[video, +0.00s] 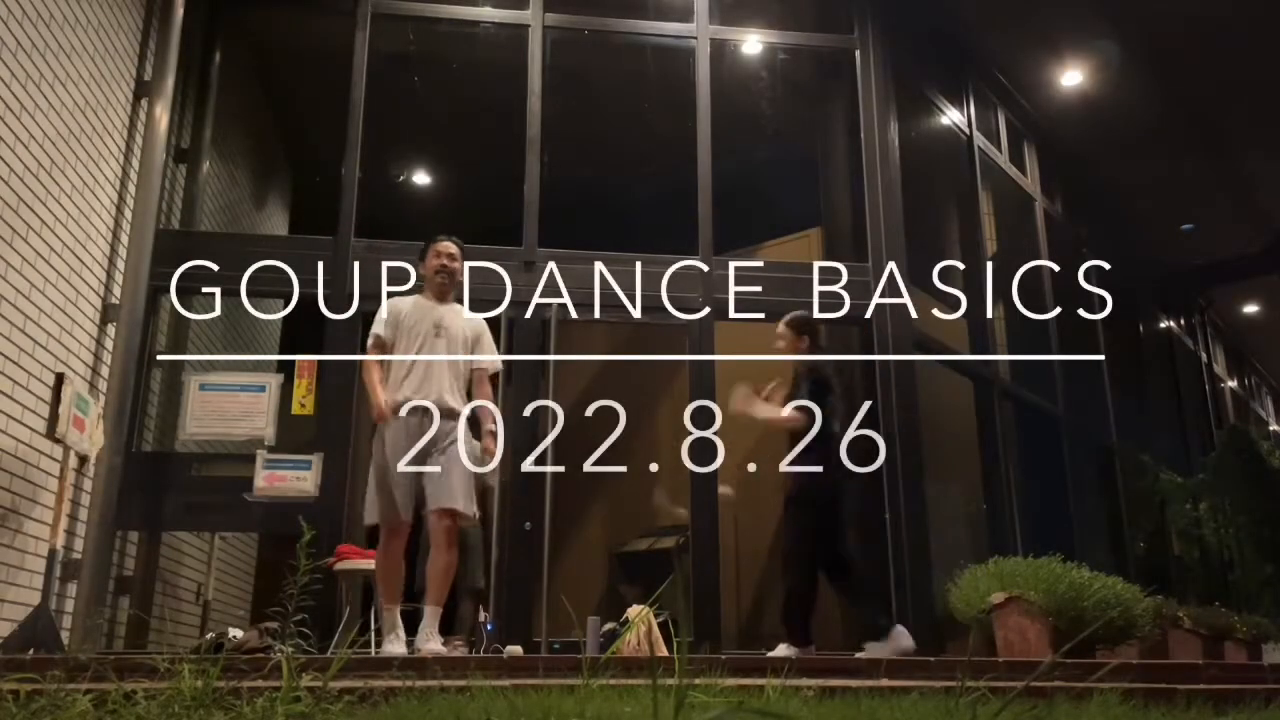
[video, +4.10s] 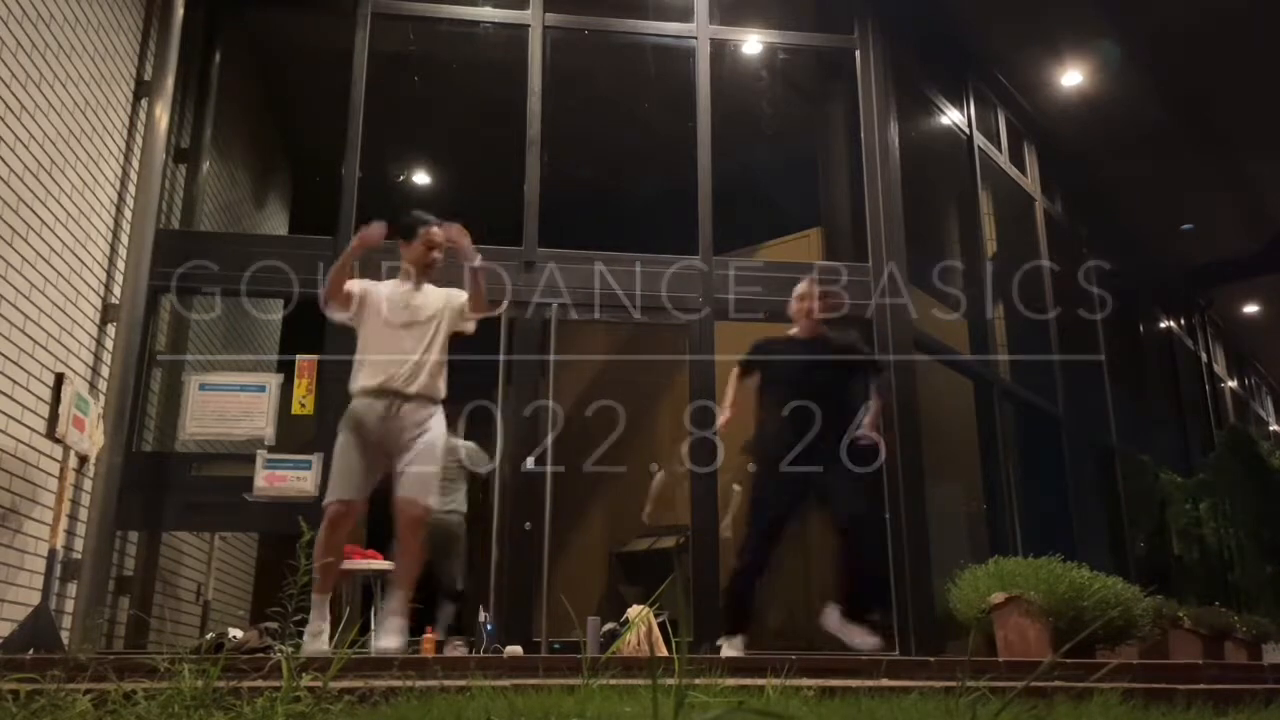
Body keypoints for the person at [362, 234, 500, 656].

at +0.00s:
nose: (446, 263)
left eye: (453, 259)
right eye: (439, 257)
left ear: (462, 271)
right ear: (422, 266)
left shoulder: (474, 323)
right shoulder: (396, 308)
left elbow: (482, 383)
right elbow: (372, 357)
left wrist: (488, 427)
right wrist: (379, 397)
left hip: (452, 429)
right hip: (399, 424)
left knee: (446, 525)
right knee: (395, 526)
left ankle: (430, 631)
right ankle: (392, 631)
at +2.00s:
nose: (459, 288)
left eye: (464, 283)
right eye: (452, 281)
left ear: (471, 293)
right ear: (434, 291)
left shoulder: (487, 344)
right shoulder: (412, 336)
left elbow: (495, 406)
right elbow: (392, 393)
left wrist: (499, 457)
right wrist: (378, 447)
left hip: (473, 445)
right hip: (421, 443)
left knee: (469, 541)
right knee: (405, 534)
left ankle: (449, 635)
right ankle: (389, 623)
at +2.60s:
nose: (453, 269)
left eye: (458, 263)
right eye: (444, 263)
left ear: (465, 273)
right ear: (427, 274)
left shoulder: (488, 324)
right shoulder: (407, 328)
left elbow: (504, 377)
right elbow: (392, 386)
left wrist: (511, 412)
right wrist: (400, 417)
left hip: (476, 433)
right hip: (423, 434)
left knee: (488, 521)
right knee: (418, 529)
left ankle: (463, 611)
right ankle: (420, 628)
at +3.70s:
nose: (484, 265)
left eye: (488, 258)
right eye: (476, 257)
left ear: (493, 267)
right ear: (453, 264)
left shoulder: (504, 321)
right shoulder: (421, 315)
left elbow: (522, 385)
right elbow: (389, 366)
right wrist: (422, 388)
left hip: (480, 430)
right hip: (423, 427)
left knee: (489, 524)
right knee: (396, 509)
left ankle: (487, 630)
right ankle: (409, 614)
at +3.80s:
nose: (473, 251)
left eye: (478, 246)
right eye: (466, 243)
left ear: (480, 255)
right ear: (442, 247)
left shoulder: (488, 304)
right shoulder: (412, 296)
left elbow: (519, 342)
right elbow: (368, 320)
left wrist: (508, 301)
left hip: (466, 414)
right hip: (408, 408)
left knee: (477, 520)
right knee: (372, 500)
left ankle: (484, 629)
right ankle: (357, 611)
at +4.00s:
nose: (450, 249)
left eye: (454, 243)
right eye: (441, 240)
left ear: (456, 249)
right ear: (417, 242)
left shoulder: (458, 297)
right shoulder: (382, 286)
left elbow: (498, 298)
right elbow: (340, 280)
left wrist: (484, 250)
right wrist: (367, 233)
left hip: (436, 406)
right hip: (378, 404)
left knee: (446, 511)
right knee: (347, 510)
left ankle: (442, 623)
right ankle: (321, 620)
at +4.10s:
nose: (436, 254)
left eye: (441, 248)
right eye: (428, 245)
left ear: (442, 254)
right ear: (404, 245)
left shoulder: (446, 300)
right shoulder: (371, 291)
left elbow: (481, 306)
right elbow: (331, 297)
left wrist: (472, 259)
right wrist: (355, 249)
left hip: (423, 416)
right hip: (367, 411)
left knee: (414, 515)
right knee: (338, 513)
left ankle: (394, 621)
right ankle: (319, 619)